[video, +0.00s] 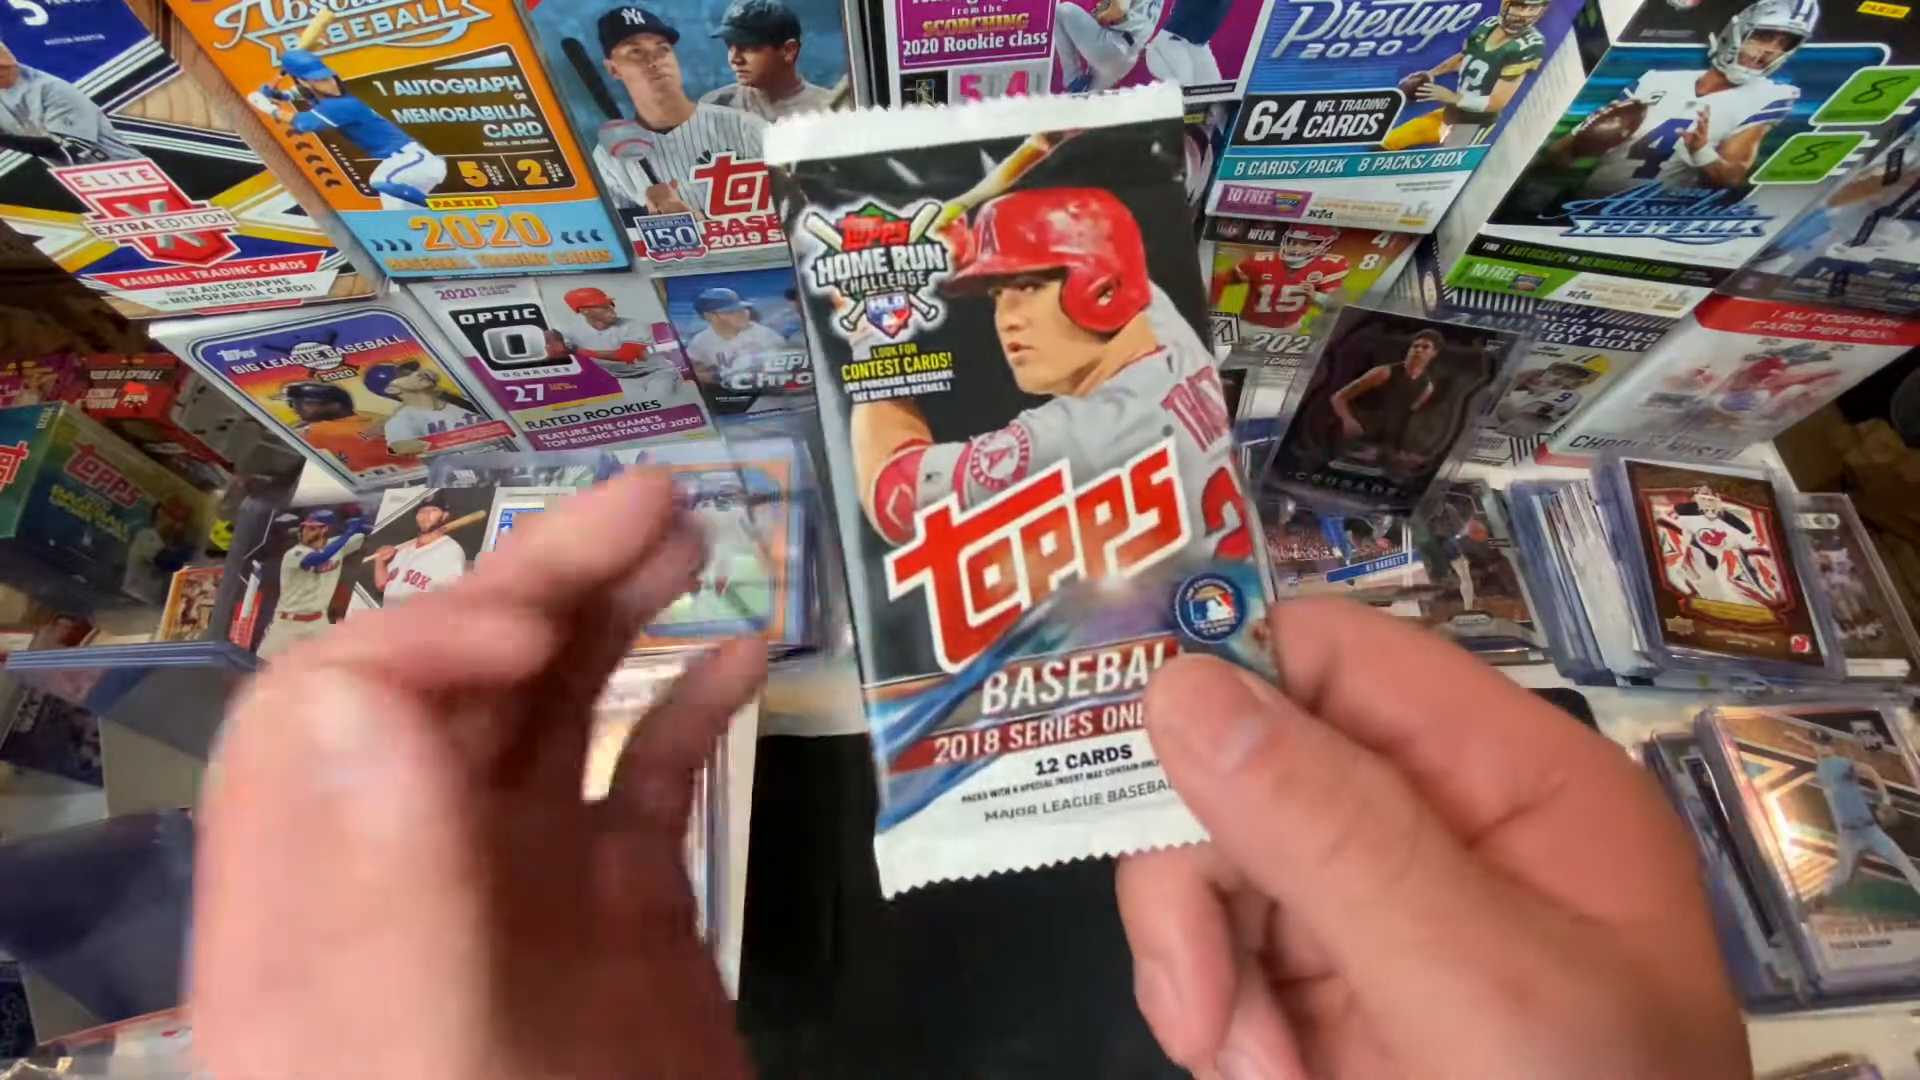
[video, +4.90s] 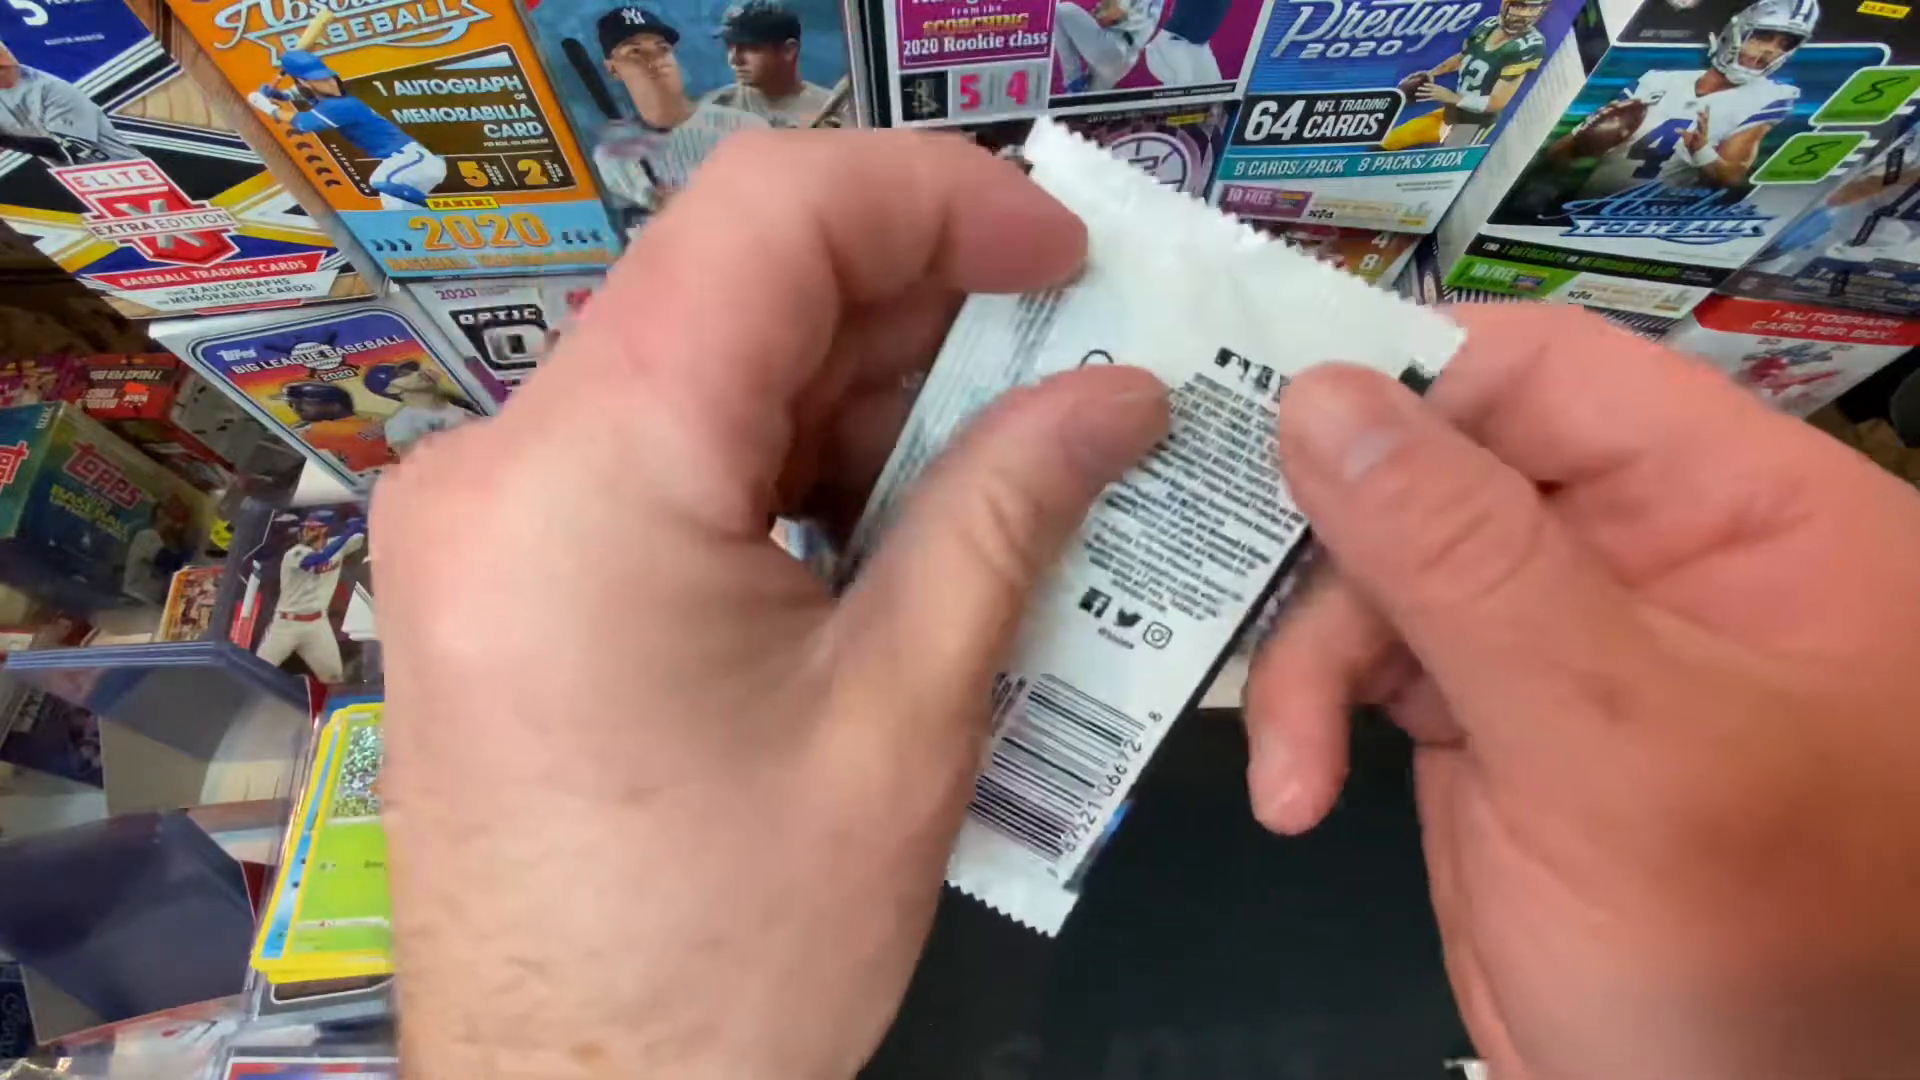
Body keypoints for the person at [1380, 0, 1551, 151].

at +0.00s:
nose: (1520, 13)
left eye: (1530, 7)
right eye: (1515, 5)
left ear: (1542, 11)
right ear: (1503, 4)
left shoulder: (1528, 47)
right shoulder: (1487, 26)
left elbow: (1496, 103)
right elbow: (1463, 58)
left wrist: (1451, 97)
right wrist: (1431, 73)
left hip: (1478, 122)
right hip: (1452, 110)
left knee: (1442, 172)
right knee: (1389, 141)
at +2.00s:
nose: (1520, 13)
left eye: (1530, 7)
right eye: (1515, 5)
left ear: (1541, 11)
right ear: (1504, 5)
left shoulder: (1528, 47)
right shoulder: (1487, 26)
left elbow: (1496, 103)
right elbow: (1463, 57)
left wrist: (1450, 97)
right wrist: (1431, 73)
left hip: (1478, 123)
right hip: (1452, 111)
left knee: (1442, 172)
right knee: (1388, 141)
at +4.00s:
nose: (1516, 13)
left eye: (1528, 7)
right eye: (1513, 5)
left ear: (1541, 11)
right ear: (1503, 4)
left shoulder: (1527, 47)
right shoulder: (1487, 26)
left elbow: (1495, 104)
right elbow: (1463, 58)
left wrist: (1450, 97)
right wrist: (1431, 73)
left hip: (1476, 124)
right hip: (1451, 111)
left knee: (1442, 175)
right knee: (1389, 141)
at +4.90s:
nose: (1520, 13)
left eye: (1529, 7)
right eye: (1515, 5)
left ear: (1542, 11)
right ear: (1503, 5)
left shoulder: (1529, 47)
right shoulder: (1488, 25)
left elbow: (1496, 104)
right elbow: (1463, 57)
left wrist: (1450, 97)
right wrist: (1431, 73)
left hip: (1479, 122)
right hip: (1453, 111)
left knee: (1444, 169)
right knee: (1390, 140)